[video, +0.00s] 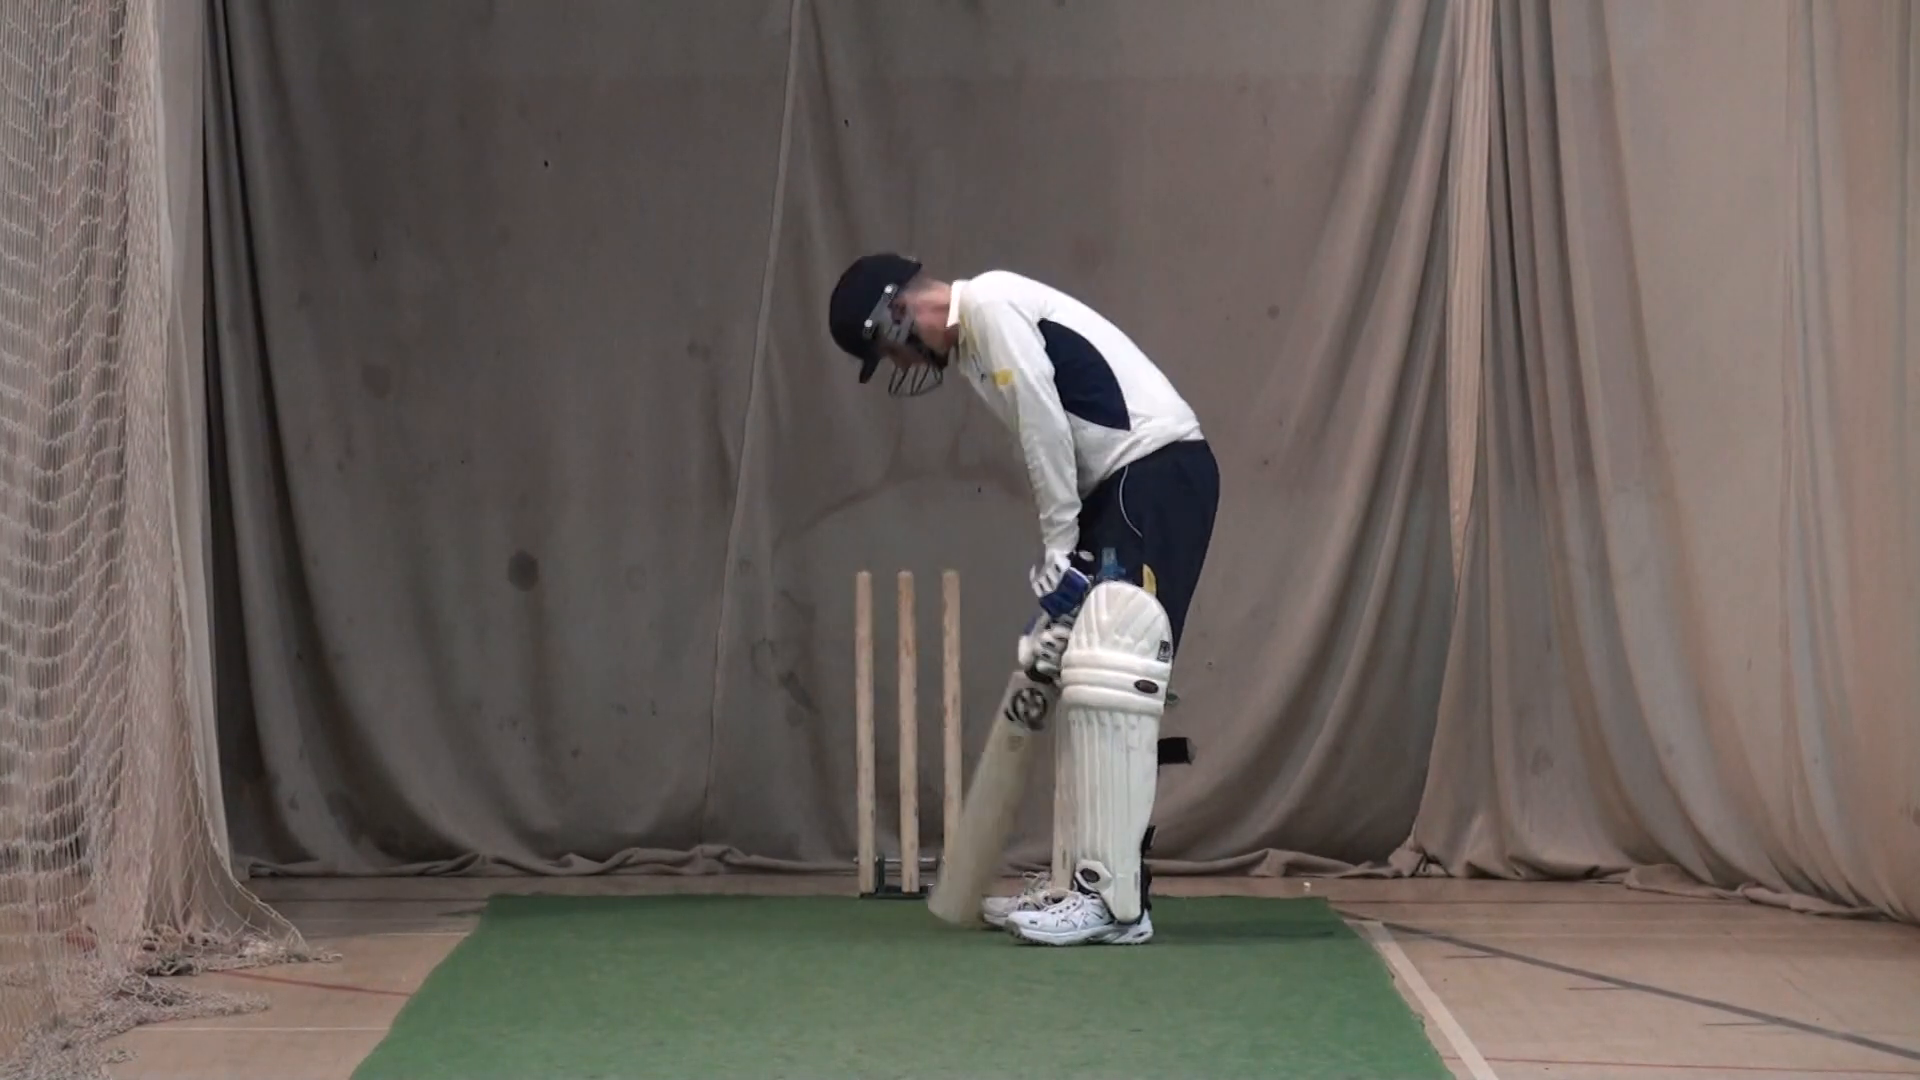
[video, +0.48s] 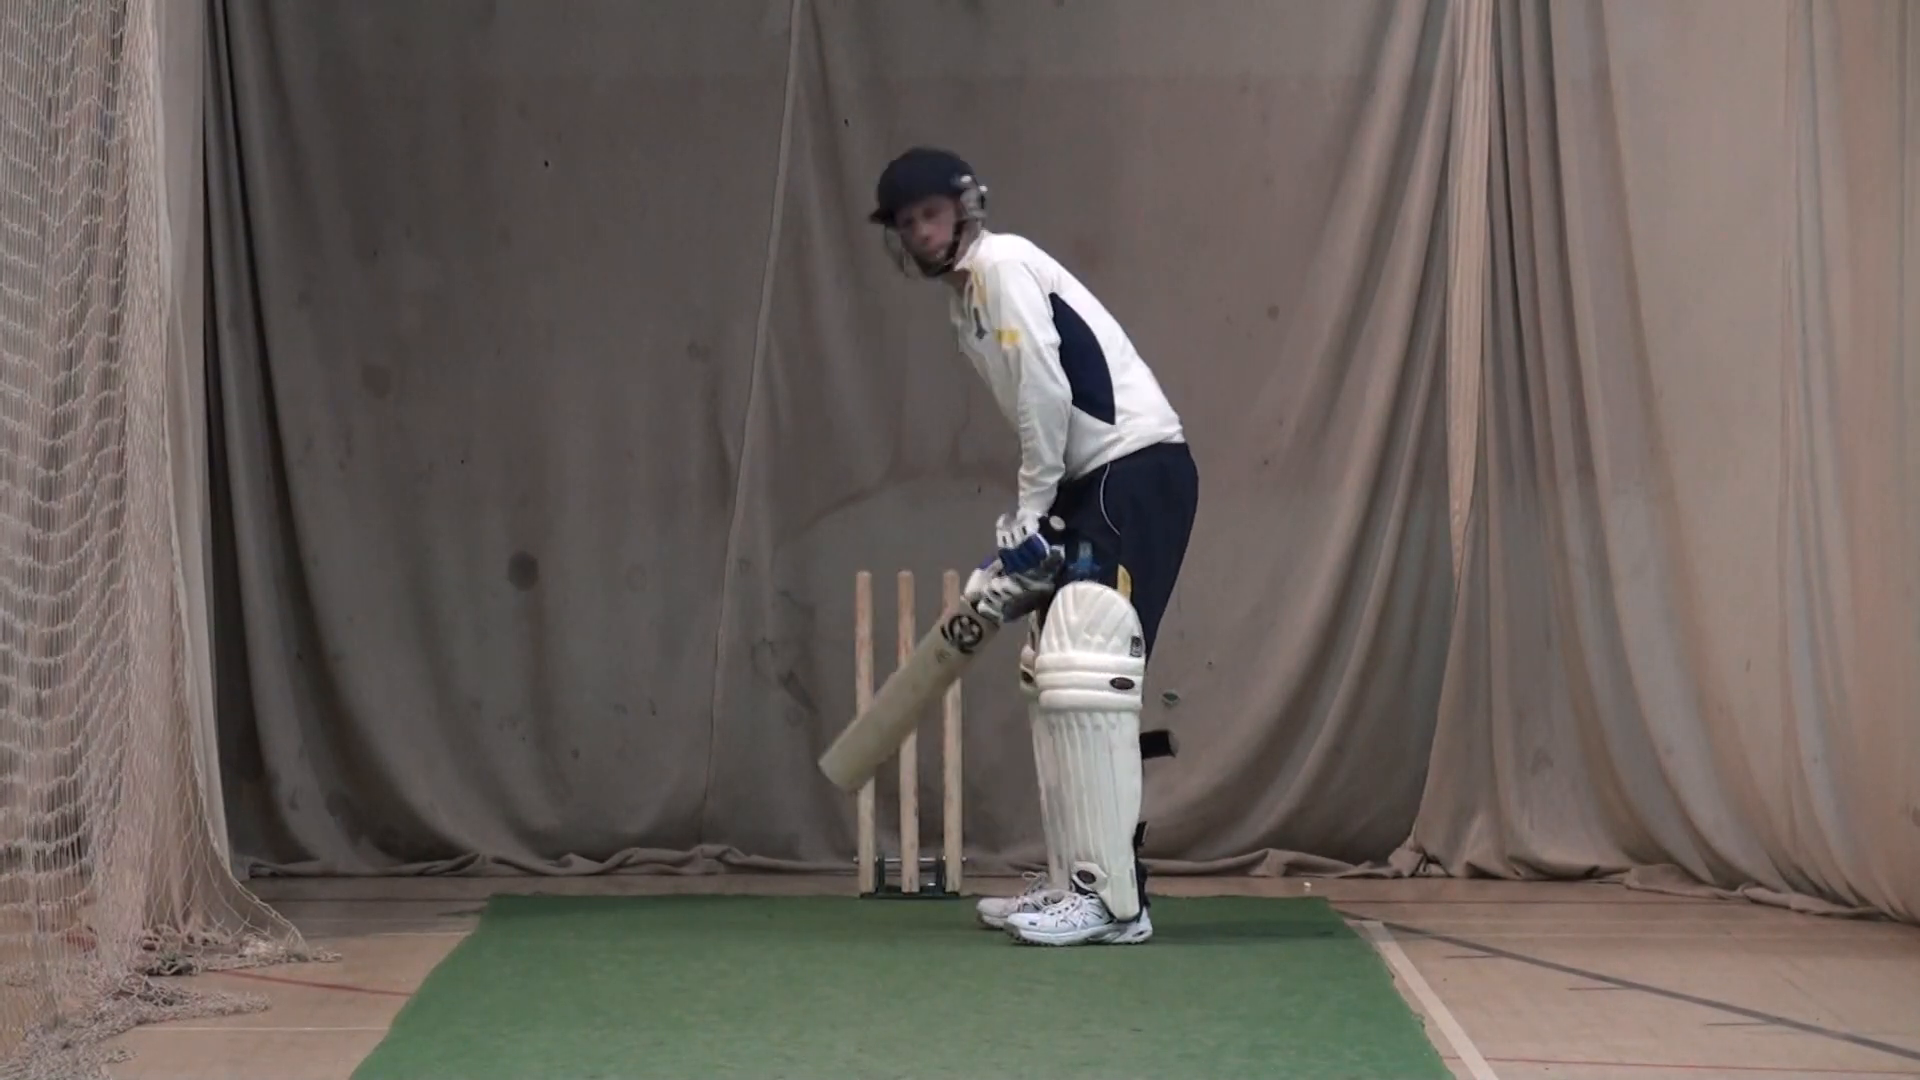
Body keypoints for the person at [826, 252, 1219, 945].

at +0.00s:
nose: (903, 360)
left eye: (892, 344)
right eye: (890, 353)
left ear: (904, 307)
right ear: (907, 306)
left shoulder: (989, 307)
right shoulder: (979, 328)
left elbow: (1047, 436)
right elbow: (1052, 447)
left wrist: (1060, 550)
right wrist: (1058, 583)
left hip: (1157, 472)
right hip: (1122, 483)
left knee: (1117, 683)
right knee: (1097, 681)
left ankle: (1113, 897)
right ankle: (1096, 886)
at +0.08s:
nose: (898, 362)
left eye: (887, 345)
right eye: (885, 355)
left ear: (901, 308)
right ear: (904, 308)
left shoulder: (985, 307)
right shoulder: (973, 333)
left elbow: (1042, 432)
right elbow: (1044, 444)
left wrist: (1058, 550)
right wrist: (1057, 569)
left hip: (1155, 472)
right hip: (1118, 485)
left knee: (1119, 686)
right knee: (1096, 683)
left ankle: (1112, 898)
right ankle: (1095, 887)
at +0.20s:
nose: (892, 343)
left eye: (883, 327)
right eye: (880, 336)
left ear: (901, 290)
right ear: (903, 288)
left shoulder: (983, 297)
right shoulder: (969, 325)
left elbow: (1044, 422)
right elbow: (1042, 441)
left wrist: (1051, 541)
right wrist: (1048, 574)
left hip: (1150, 469)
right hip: (1114, 480)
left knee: (1110, 679)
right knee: (1088, 677)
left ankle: (1111, 897)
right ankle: (1092, 885)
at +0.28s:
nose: (886, 316)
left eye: (882, 298)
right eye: (876, 305)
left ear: (904, 267)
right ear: (909, 264)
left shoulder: (986, 287)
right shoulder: (970, 316)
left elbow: (1045, 415)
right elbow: (1045, 439)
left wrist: (1043, 535)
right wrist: (1032, 579)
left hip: (1144, 472)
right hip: (1109, 482)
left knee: (1104, 684)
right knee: (1084, 682)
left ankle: (1109, 895)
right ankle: (1080, 882)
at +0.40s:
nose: (895, 267)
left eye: (902, 246)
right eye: (885, 254)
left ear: (947, 226)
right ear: (890, 256)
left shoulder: (994, 274)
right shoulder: (971, 305)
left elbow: (1044, 401)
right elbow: (1037, 430)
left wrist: (1029, 524)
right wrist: (1023, 563)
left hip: (1140, 472)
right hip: (1100, 481)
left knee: (1097, 681)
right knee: (1069, 681)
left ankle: (1112, 896)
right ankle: (1079, 883)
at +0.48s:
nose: (925, 232)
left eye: (934, 212)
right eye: (908, 223)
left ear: (965, 205)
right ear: (897, 235)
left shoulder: (998, 264)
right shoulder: (969, 296)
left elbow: (1044, 400)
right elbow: (1035, 422)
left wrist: (1029, 523)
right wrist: (1022, 548)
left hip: (1136, 471)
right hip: (1096, 481)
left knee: (1095, 681)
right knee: (1066, 679)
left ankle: (1112, 899)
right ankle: (1080, 884)